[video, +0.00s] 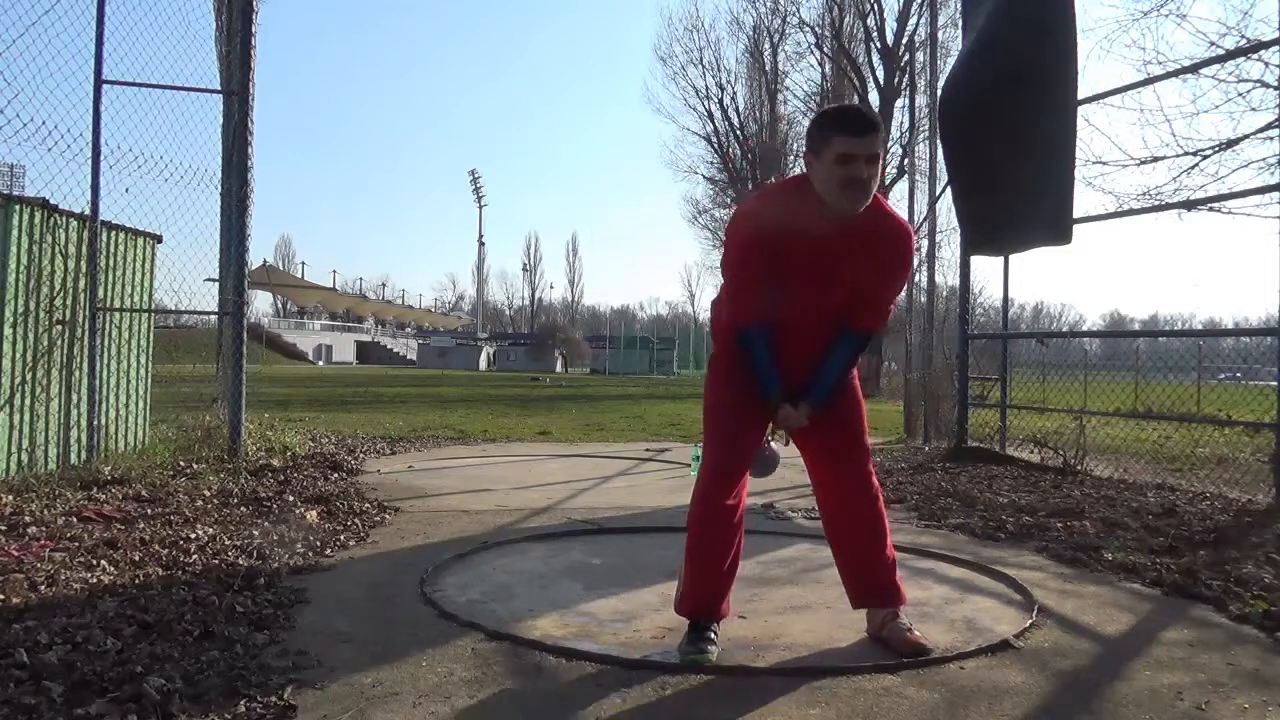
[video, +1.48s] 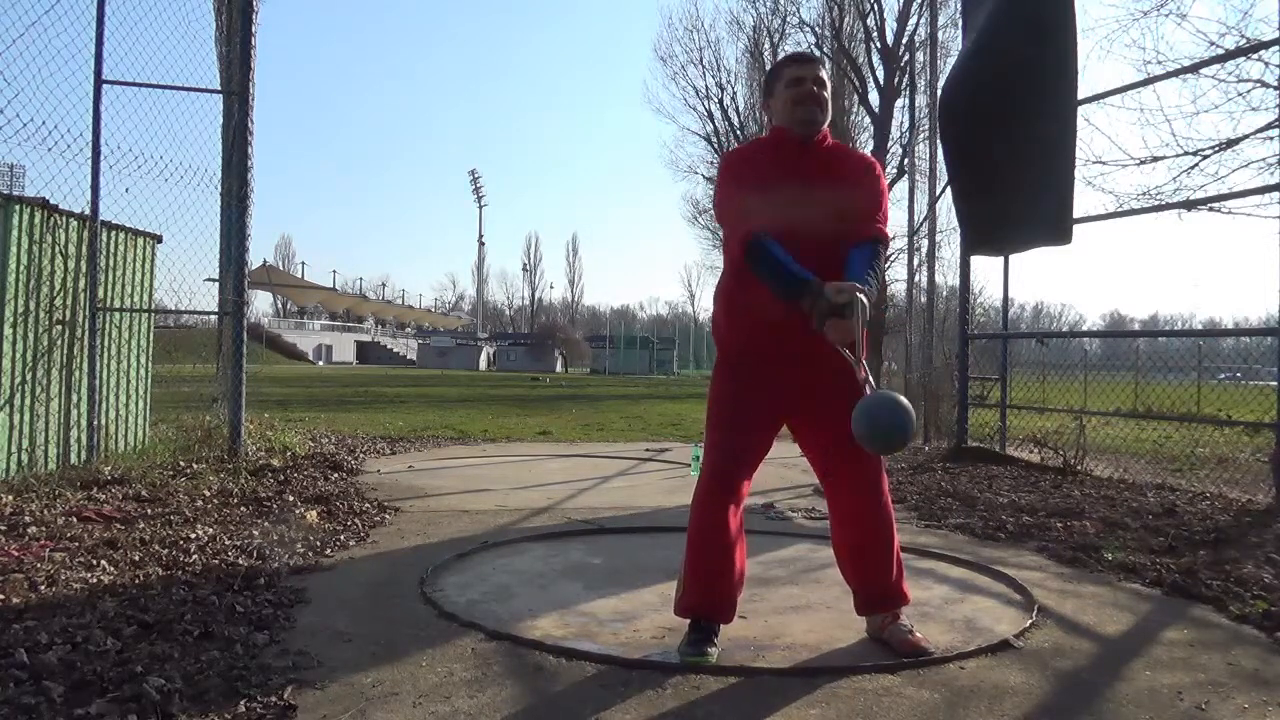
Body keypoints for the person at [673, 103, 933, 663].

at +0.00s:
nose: (859, 173)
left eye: (870, 159)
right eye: (843, 160)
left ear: (881, 163)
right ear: (810, 161)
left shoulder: (893, 238)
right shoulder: (759, 215)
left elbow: (858, 333)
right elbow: (747, 319)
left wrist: (812, 399)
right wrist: (773, 396)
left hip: (827, 362)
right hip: (747, 353)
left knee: (854, 477)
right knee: (721, 480)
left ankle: (885, 614)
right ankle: (703, 620)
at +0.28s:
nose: (857, 193)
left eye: (867, 179)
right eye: (842, 179)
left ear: (878, 181)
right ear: (807, 178)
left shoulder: (892, 248)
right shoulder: (754, 229)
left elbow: (860, 340)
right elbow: (741, 324)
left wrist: (812, 404)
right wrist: (768, 398)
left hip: (830, 371)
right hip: (746, 362)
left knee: (857, 483)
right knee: (718, 483)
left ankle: (885, 614)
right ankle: (703, 618)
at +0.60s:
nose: (824, 95)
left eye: (832, 87)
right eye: (809, 87)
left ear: (843, 104)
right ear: (778, 102)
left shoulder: (867, 178)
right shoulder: (742, 174)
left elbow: (863, 273)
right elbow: (746, 270)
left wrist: (838, 351)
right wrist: (796, 347)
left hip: (838, 351)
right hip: (751, 350)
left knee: (865, 477)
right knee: (722, 479)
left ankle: (885, 614)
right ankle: (704, 619)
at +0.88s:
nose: (804, 86)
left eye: (813, 80)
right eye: (789, 80)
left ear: (826, 101)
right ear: (763, 102)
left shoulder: (854, 159)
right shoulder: (740, 158)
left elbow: (887, 215)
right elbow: (753, 209)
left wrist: (904, 206)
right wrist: (833, 196)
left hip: (840, 354)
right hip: (756, 356)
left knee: (867, 483)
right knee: (730, 485)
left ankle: (885, 614)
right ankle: (704, 619)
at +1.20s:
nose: (805, 85)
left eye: (814, 80)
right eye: (790, 78)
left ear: (826, 100)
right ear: (765, 99)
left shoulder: (842, 149)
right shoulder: (743, 150)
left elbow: (881, 162)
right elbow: (752, 206)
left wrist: (881, 134)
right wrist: (855, 180)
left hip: (838, 349)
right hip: (757, 350)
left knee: (866, 482)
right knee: (728, 485)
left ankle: (886, 615)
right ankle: (704, 618)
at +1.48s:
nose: (810, 91)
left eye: (818, 84)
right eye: (796, 84)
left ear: (830, 101)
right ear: (769, 100)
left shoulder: (861, 168)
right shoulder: (741, 165)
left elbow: (869, 242)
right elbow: (748, 241)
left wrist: (855, 293)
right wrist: (812, 294)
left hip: (831, 354)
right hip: (749, 354)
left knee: (862, 478)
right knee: (720, 482)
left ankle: (885, 615)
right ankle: (704, 619)